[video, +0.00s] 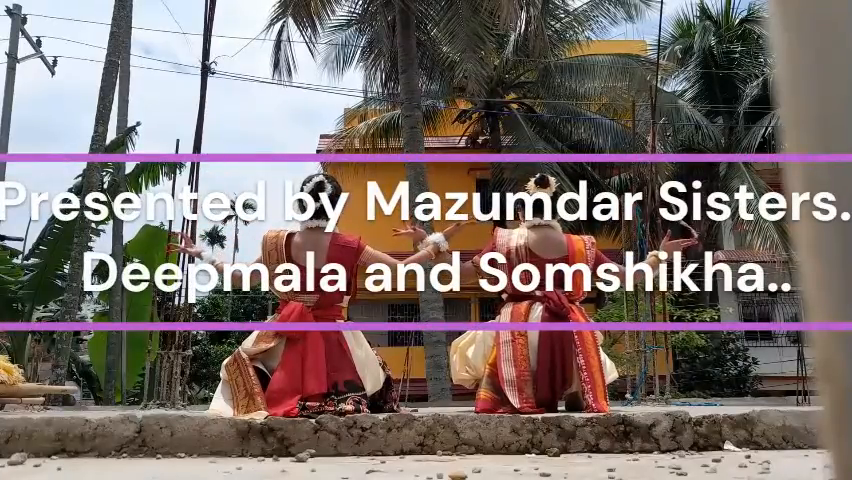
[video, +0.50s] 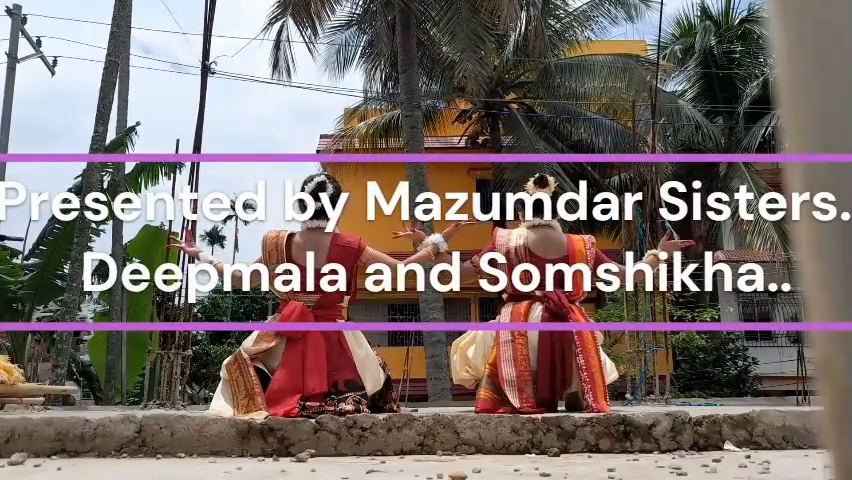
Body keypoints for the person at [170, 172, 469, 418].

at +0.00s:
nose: (339, 207)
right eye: (338, 201)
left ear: (300, 203)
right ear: (336, 207)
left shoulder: (274, 244)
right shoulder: (347, 247)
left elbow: (261, 282)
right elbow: (401, 266)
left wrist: (204, 256)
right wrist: (433, 247)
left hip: (288, 345)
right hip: (334, 343)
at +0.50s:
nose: (335, 207)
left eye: (317, 200)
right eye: (336, 201)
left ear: (300, 203)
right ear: (336, 206)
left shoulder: (275, 244)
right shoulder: (348, 248)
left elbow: (247, 280)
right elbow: (402, 268)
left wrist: (201, 257)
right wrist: (430, 248)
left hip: (290, 349)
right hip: (336, 348)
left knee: (238, 362)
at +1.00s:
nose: (335, 207)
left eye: (315, 202)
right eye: (337, 202)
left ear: (300, 205)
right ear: (337, 206)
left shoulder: (275, 245)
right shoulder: (349, 247)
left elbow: (238, 278)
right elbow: (403, 263)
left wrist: (198, 253)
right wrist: (434, 245)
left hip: (287, 343)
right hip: (334, 343)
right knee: (375, 389)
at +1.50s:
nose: (361, 218)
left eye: (355, 210)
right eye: (360, 211)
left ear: (322, 211)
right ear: (356, 214)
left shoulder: (297, 243)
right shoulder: (365, 253)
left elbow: (249, 263)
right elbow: (419, 270)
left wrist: (204, 240)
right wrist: (449, 247)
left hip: (289, 337)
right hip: (335, 342)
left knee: (236, 361)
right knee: (373, 387)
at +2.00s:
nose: (377, 215)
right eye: (376, 211)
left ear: (340, 209)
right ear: (374, 214)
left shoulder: (313, 238)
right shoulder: (377, 252)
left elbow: (266, 246)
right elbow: (434, 260)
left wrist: (232, 224)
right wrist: (455, 237)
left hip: (298, 334)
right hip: (342, 338)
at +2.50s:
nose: (366, 213)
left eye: (350, 205)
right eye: (371, 209)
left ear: (338, 208)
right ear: (374, 214)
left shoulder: (310, 237)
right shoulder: (378, 255)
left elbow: (259, 243)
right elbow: (433, 263)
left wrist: (219, 209)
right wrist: (461, 224)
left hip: (293, 337)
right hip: (341, 344)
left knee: (241, 355)